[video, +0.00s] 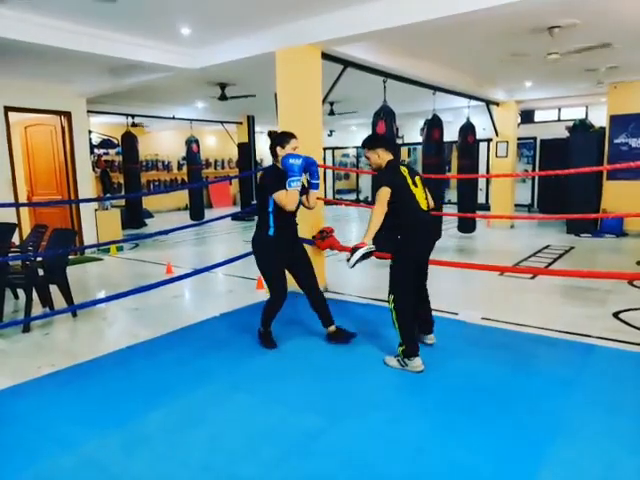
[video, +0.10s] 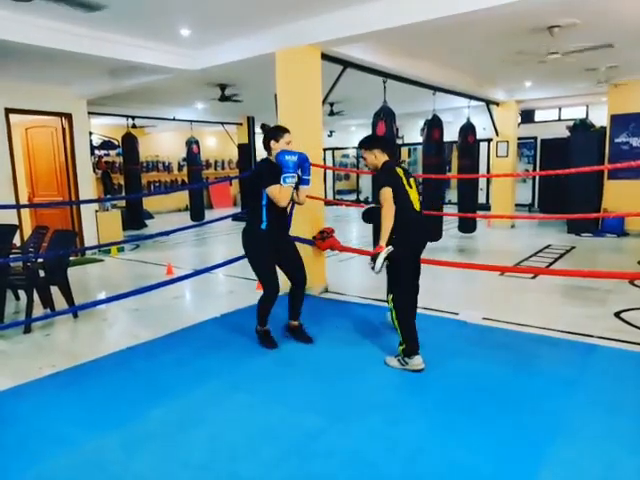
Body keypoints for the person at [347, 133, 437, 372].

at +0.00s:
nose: (368, 161)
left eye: (369, 156)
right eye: (367, 157)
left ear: (381, 152)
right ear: (386, 153)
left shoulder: (386, 175)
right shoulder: (408, 170)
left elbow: (381, 207)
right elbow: (429, 203)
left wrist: (367, 240)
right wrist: (411, 222)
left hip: (408, 239)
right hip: (426, 235)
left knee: (399, 296)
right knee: (417, 282)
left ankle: (409, 355)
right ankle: (425, 331)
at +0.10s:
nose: (365, 161)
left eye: (365, 156)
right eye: (363, 157)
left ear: (377, 152)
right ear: (383, 153)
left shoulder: (384, 173)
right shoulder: (402, 171)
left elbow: (388, 207)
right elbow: (411, 204)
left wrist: (382, 244)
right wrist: (380, 214)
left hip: (402, 237)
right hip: (417, 235)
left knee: (398, 295)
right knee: (408, 289)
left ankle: (410, 354)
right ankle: (409, 342)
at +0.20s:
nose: (363, 165)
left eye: (363, 159)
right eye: (361, 160)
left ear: (374, 155)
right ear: (379, 156)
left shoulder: (383, 175)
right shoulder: (395, 172)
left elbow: (396, 209)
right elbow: (400, 208)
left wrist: (393, 246)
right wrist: (373, 211)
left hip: (398, 240)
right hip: (409, 236)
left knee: (391, 295)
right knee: (400, 286)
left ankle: (409, 351)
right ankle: (399, 321)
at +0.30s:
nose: (357, 166)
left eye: (358, 160)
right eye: (356, 162)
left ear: (370, 155)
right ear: (368, 158)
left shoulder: (384, 176)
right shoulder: (378, 177)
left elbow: (408, 205)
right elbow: (381, 211)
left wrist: (409, 241)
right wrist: (359, 207)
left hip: (389, 243)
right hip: (389, 241)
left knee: (367, 284)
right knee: (388, 280)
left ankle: (395, 333)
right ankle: (402, 326)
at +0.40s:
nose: (352, 161)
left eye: (353, 155)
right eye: (349, 156)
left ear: (365, 151)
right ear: (357, 154)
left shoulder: (380, 173)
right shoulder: (363, 175)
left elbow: (409, 196)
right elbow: (364, 204)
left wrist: (406, 230)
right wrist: (353, 206)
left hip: (388, 232)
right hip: (383, 230)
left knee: (361, 275)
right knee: (387, 276)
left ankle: (380, 326)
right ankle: (401, 322)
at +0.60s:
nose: (338, 168)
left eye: (342, 164)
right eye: (337, 164)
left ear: (355, 161)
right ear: (338, 163)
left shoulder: (370, 182)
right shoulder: (348, 182)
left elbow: (394, 210)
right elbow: (349, 205)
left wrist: (374, 234)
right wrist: (343, 225)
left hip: (376, 234)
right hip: (363, 231)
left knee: (356, 278)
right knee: (359, 276)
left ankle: (366, 323)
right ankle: (389, 305)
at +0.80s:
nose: (332, 162)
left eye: (335, 157)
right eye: (329, 158)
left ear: (347, 155)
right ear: (329, 157)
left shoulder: (359, 177)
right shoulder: (337, 177)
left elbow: (372, 211)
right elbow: (339, 204)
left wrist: (343, 217)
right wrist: (331, 219)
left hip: (362, 233)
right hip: (345, 231)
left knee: (353, 277)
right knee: (338, 269)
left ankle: (366, 323)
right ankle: (352, 306)